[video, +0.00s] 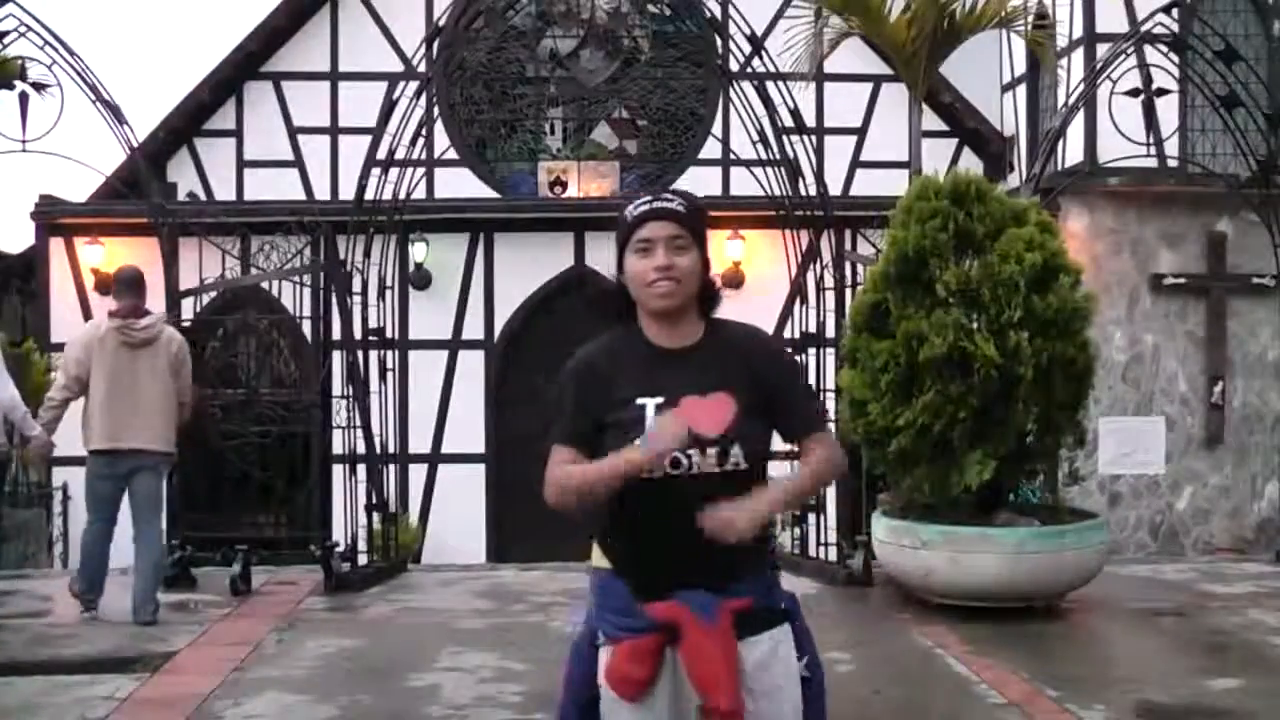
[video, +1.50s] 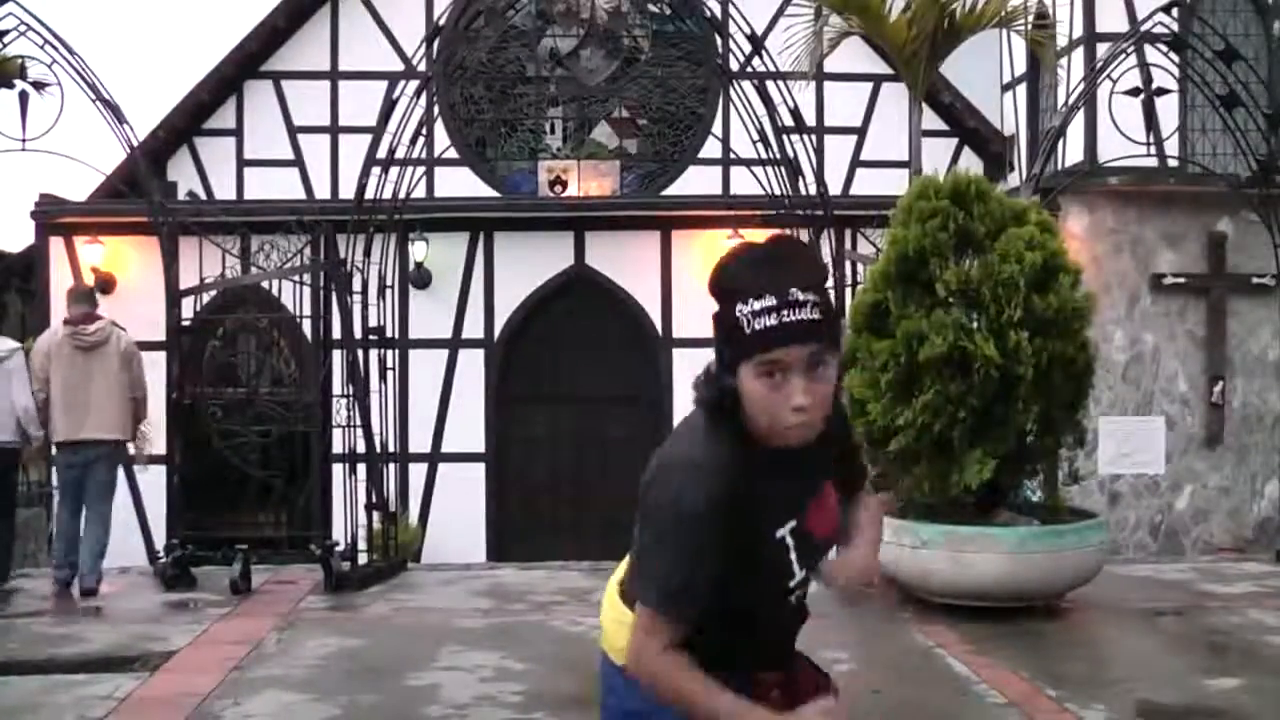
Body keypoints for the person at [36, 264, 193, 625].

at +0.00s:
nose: (116, 304)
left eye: (116, 298)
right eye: (121, 298)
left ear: (114, 297)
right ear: (144, 296)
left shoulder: (91, 338)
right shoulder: (173, 340)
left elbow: (62, 391)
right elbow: (185, 400)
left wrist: (41, 433)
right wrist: (169, 427)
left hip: (105, 447)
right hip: (153, 446)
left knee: (99, 523)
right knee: (149, 530)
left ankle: (88, 594)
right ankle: (145, 609)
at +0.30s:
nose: (99, 304)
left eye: (96, 298)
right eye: (105, 297)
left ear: (91, 297)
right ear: (122, 296)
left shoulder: (71, 340)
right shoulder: (149, 342)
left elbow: (51, 393)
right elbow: (165, 399)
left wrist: (38, 433)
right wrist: (166, 444)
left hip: (83, 448)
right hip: (127, 448)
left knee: (84, 525)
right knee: (132, 518)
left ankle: (90, 597)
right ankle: (142, 578)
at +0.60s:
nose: (88, 301)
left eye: (82, 293)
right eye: (103, 295)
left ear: (78, 294)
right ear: (110, 296)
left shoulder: (53, 339)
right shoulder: (133, 339)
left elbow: (39, 396)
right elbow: (149, 395)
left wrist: (43, 437)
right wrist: (156, 440)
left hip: (74, 441)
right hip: (116, 441)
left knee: (80, 520)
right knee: (112, 512)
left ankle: (90, 596)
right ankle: (120, 586)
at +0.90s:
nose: (76, 305)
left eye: (75, 299)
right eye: (87, 301)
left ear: (74, 299)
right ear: (104, 301)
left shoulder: (51, 341)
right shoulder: (128, 341)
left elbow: (40, 396)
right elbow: (146, 396)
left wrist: (43, 438)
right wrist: (149, 442)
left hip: (71, 439)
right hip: (113, 438)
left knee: (79, 513)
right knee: (103, 514)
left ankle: (91, 593)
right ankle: (92, 583)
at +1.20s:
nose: (76, 310)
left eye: (73, 303)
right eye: (85, 303)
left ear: (69, 303)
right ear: (97, 304)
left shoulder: (48, 342)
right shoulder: (124, 341)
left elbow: (38, 397)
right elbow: (144, 395)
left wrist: (42, 435)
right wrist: (145, 439)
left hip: (72, 443)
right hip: (113, 442)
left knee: (64, 506)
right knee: (103, 516)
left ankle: (78, 556)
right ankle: (91, 585)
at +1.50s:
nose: (77, 312)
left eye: (74, 306)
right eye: (86, 305)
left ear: (67, 306)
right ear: (97, 306)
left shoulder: (48, 343)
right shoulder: (122, 342)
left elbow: (40, 395)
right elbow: (138, 395)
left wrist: (48, 428)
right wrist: (129, 429)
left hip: (67, 438)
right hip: (107, 437)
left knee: (68, 507)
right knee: (98, 510)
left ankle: (63, 577)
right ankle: (89, 581)